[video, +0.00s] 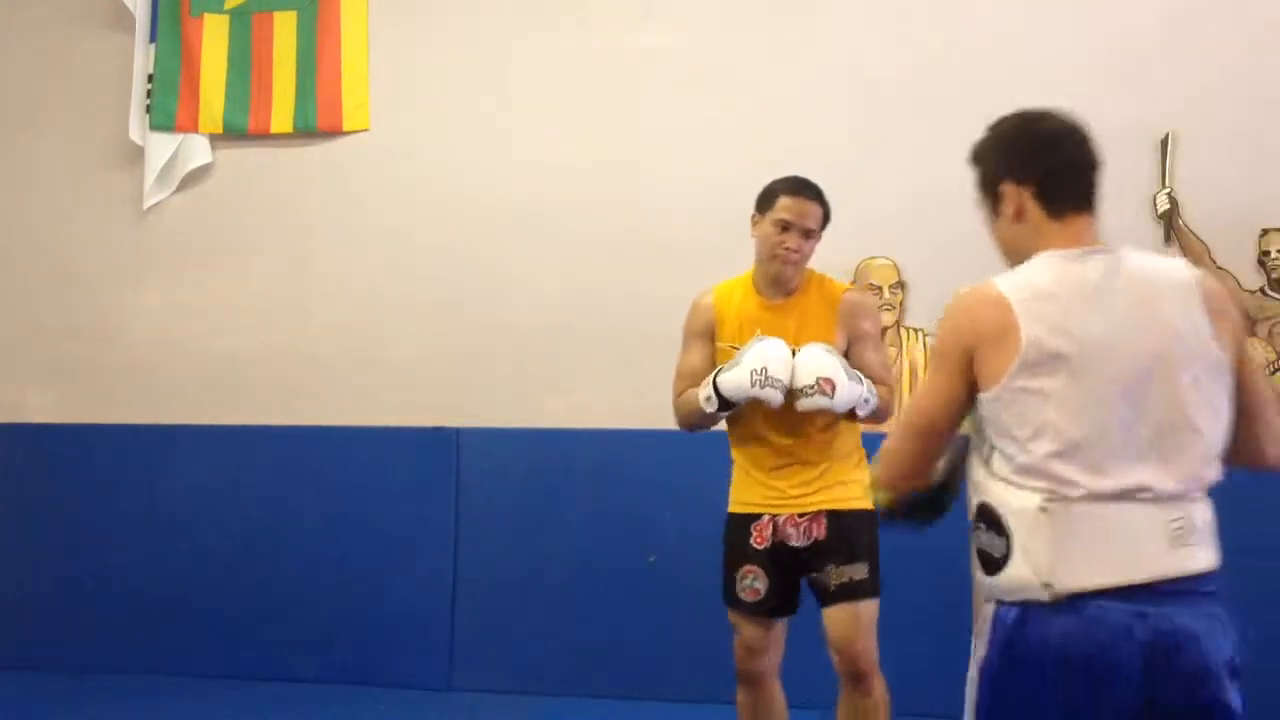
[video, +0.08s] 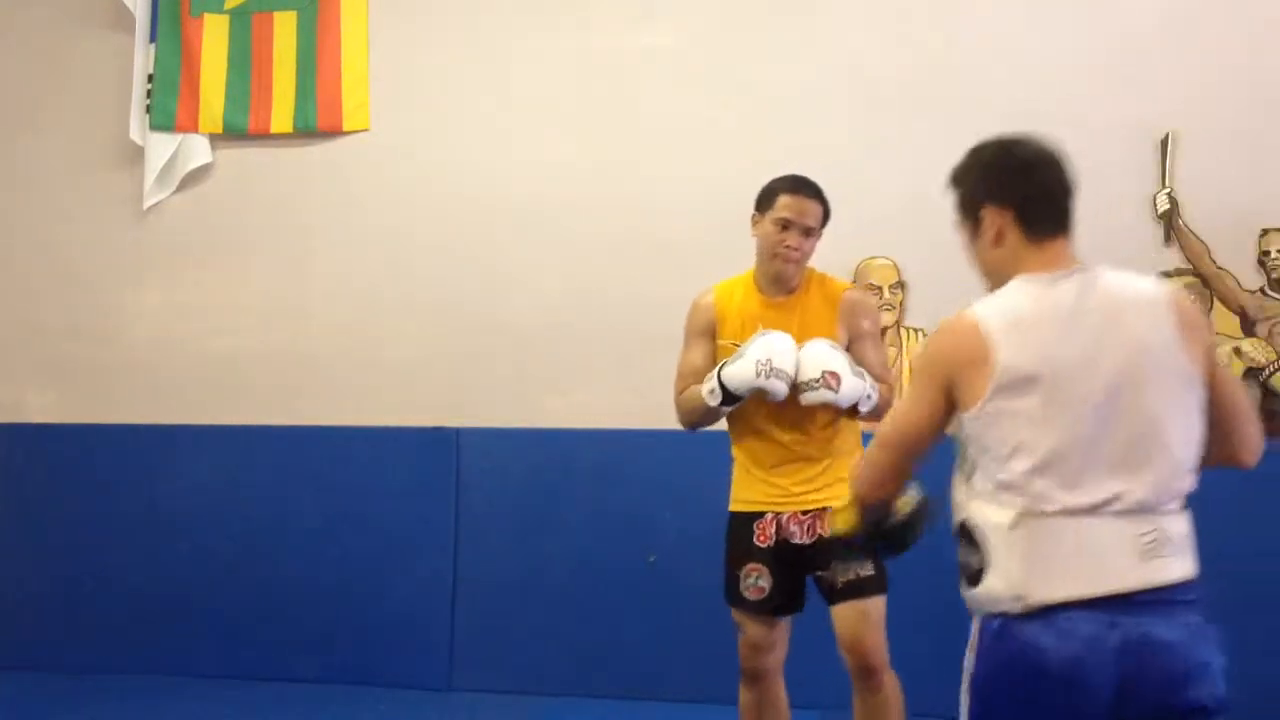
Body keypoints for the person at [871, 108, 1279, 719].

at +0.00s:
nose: (993, 231)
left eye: (989, 211)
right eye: (988, 213)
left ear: (1015, 199)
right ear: (1086, 188)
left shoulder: (984, 312)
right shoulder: (1206, 294)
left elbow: (899, 471)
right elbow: (1263, 447)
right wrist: (1160, 427)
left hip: (1050, 632)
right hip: (1190, 621)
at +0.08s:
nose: (969, 251)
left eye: (967, 232)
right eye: (964, 233)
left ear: (995, 223)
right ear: (1061, 213)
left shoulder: (966, 338)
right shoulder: (1174, 310)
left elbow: (871, 484)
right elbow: (1242, 446)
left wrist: (886, 507)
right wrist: (1144, 446)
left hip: (1034, 644)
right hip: (1170, 629)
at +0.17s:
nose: (942, 274)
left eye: (942, 255)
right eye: (940, 256)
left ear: (972, 249)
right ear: (1035, 239)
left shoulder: (939, 360)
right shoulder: (1142, 326)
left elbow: (844, 483)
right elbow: (1229, 449)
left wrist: (818, 513)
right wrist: (1125, 431)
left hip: (1016, 645)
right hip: (1148, 632)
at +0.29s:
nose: (912, 290)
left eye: (909, 273)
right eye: (909, 273)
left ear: (934, 265)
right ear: (997, 250)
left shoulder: (908, 370)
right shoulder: (1105, 335)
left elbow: (799, 490)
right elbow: (1196, 448)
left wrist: (759, 545)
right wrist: (1101, 430)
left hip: (978, 626)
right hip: (1101, 616)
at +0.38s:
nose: (907, 281)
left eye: (903, 264)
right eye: (904, 266)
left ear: (923, 256)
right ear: (988, 245)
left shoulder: (898, 353)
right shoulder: (1090, 325)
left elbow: (800, 476)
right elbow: (1174, 440)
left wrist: (769, 532)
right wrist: (1084, 422)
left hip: (961, 602)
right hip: (1080, 591)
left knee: (950, 715)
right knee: (1104, 713)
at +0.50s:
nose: (904, 260)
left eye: (900, 246)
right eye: (901, 246)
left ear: (915, 242)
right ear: (978, 226)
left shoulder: (894, 332)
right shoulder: (1075, 313)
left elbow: (817, 456)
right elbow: (1151, 426)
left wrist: (811, 491)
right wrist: (1074, 420)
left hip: (953, 574)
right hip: (1062, 566)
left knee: (935, 709)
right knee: (1066, 709)